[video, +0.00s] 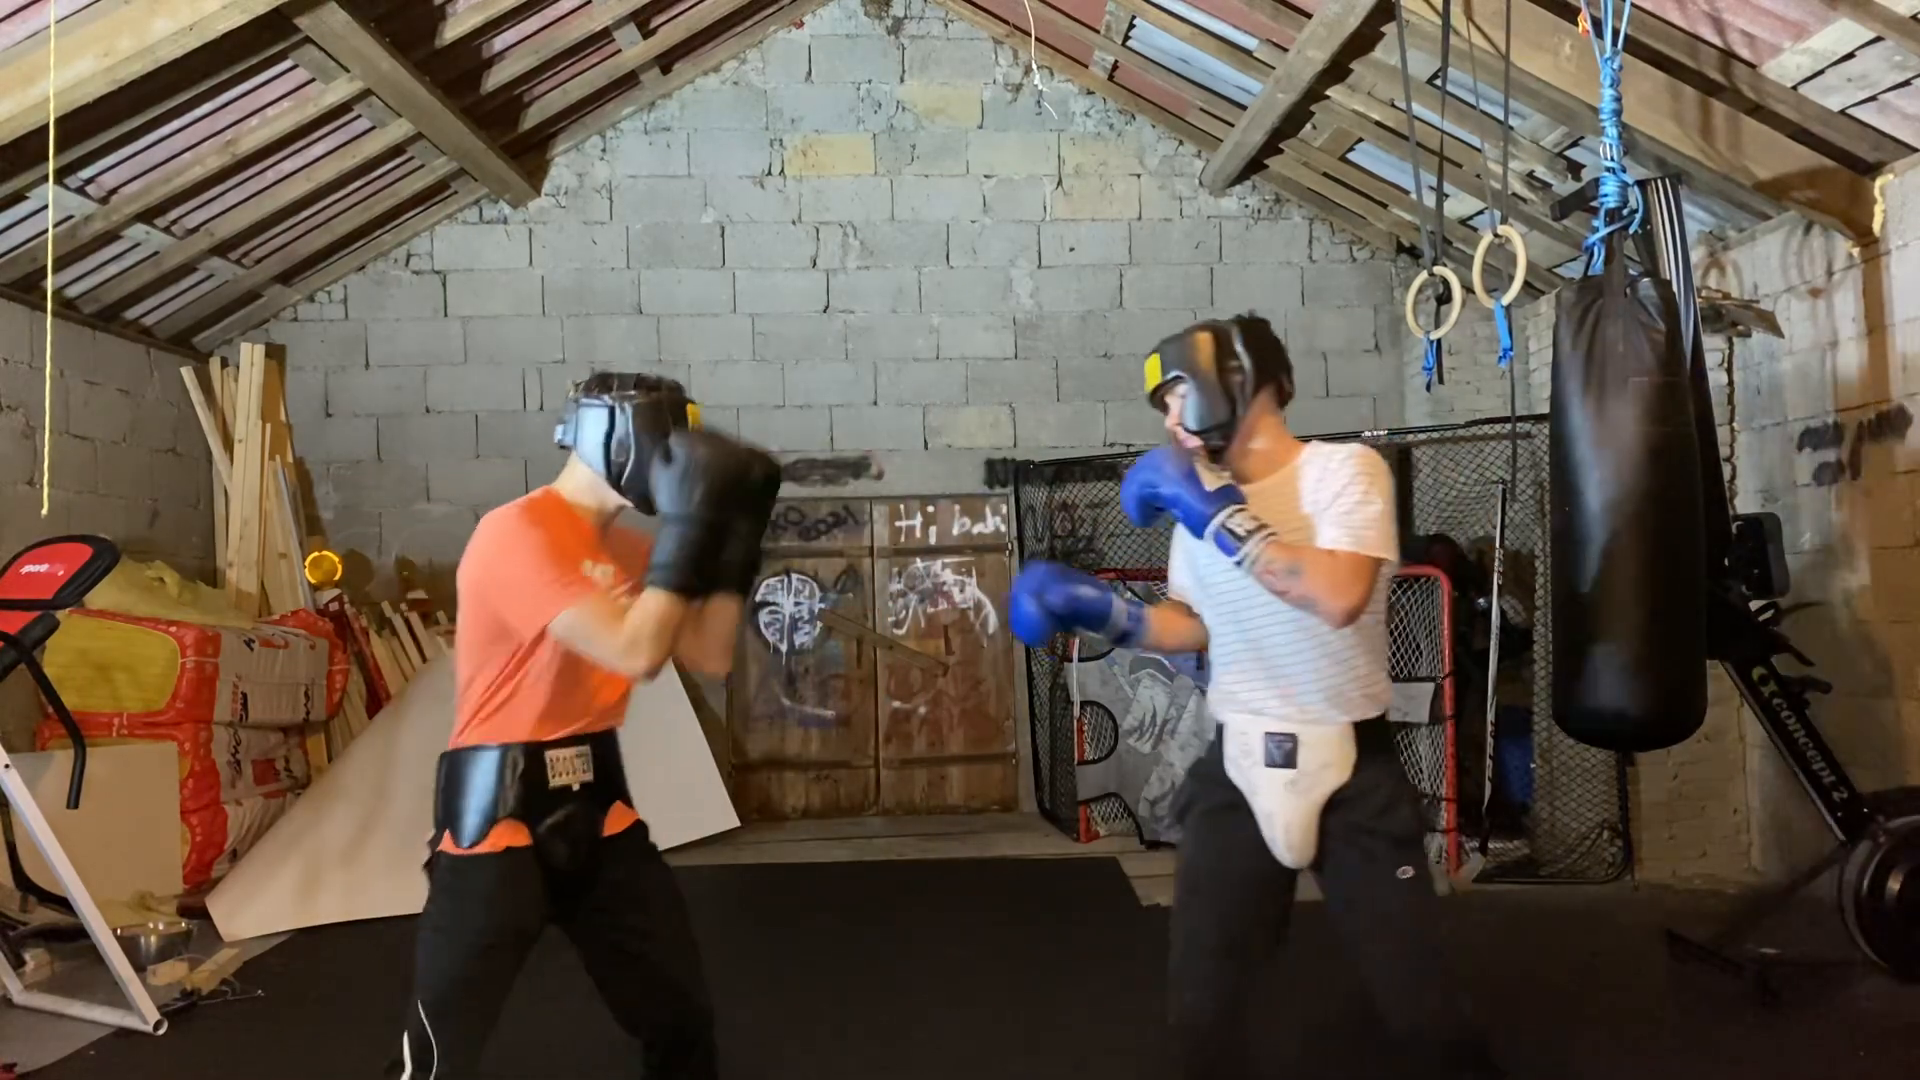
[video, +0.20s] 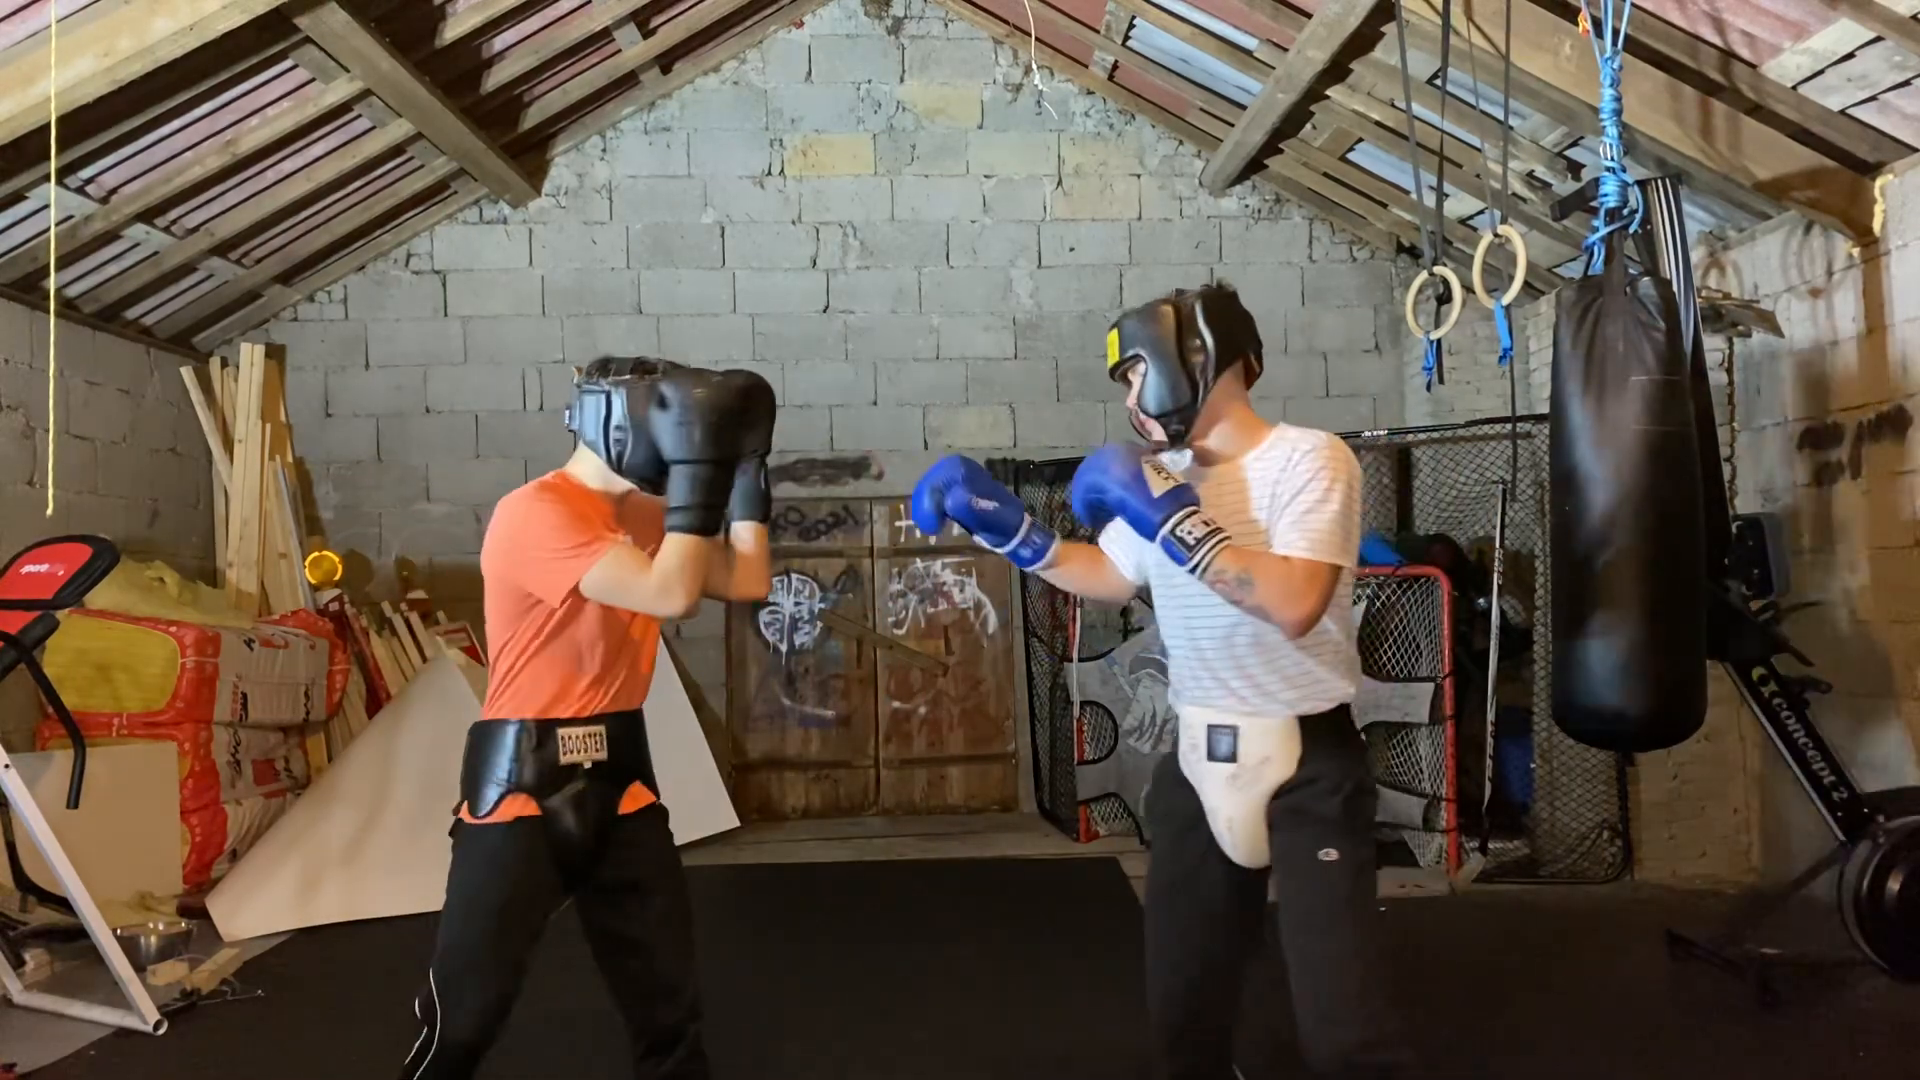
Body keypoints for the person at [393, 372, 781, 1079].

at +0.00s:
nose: (676, 461)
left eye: (679, 447)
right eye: (667, 444)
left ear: (606, 439)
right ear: (619, 439)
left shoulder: (634, 544)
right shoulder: (512, 535)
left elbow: (712, 654)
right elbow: (634, 648)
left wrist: (736, 533)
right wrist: (687, 524)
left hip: (594, 809)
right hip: (495, 822)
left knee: (680, 1026)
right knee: (436, 1055)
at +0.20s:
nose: (666, 440)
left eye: (667, 423)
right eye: (659, 421)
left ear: (610, 423)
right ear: (616, 421)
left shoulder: (643, 517)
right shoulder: (532, 514)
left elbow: (750, 577)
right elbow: (671, 592)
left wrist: (746, 461)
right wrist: (696, 463)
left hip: (621, 784)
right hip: (518, 791)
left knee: (670, 1020)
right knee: (461, 1026)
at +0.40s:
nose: (634, 456)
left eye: (638, 442)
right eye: (624, 438)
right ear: (580, 436)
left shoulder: (616, 537)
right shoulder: (496, 531)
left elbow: (725, 591)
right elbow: (610, 604)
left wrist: (717, 470)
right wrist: (637, 478)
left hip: (610, 787)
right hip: (509, 796)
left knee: (668, 999)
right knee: (461, 1019)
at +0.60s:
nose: (597, 458)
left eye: (603, 445)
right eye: (580, 441)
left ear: (605, 459)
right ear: (530, 444)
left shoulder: (608, 533)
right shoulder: (461, 544)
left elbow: (701, 594)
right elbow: (549, 620)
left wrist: (679, 479)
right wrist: (564, 491)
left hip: (592, 780)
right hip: (489, 788)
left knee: (659, 990)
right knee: (456, 1015)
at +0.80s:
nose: (607, 451)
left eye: (618, 438)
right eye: (590, 434)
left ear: (627, 456)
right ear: (545, 440)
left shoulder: (637, 526)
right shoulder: (489, 536)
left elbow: (707, 586)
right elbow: (564, 608)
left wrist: (692, 469)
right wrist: (578, 483)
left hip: (619, 772)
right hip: (513, 777)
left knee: (684, 978)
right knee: (472, 994)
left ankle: (733, 1070)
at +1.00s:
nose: (653, 458)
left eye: (664, 445)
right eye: (638, 441)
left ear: (682, 452)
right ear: (602, 444)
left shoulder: (694, 516)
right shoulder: (549, 528)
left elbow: (743, 582)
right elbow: (605, 605)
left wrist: (734, 465)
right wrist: (623, 487)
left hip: (664, 766)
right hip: (564, 763)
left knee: (698, 976)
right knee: (507, 971)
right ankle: (492, 1073)